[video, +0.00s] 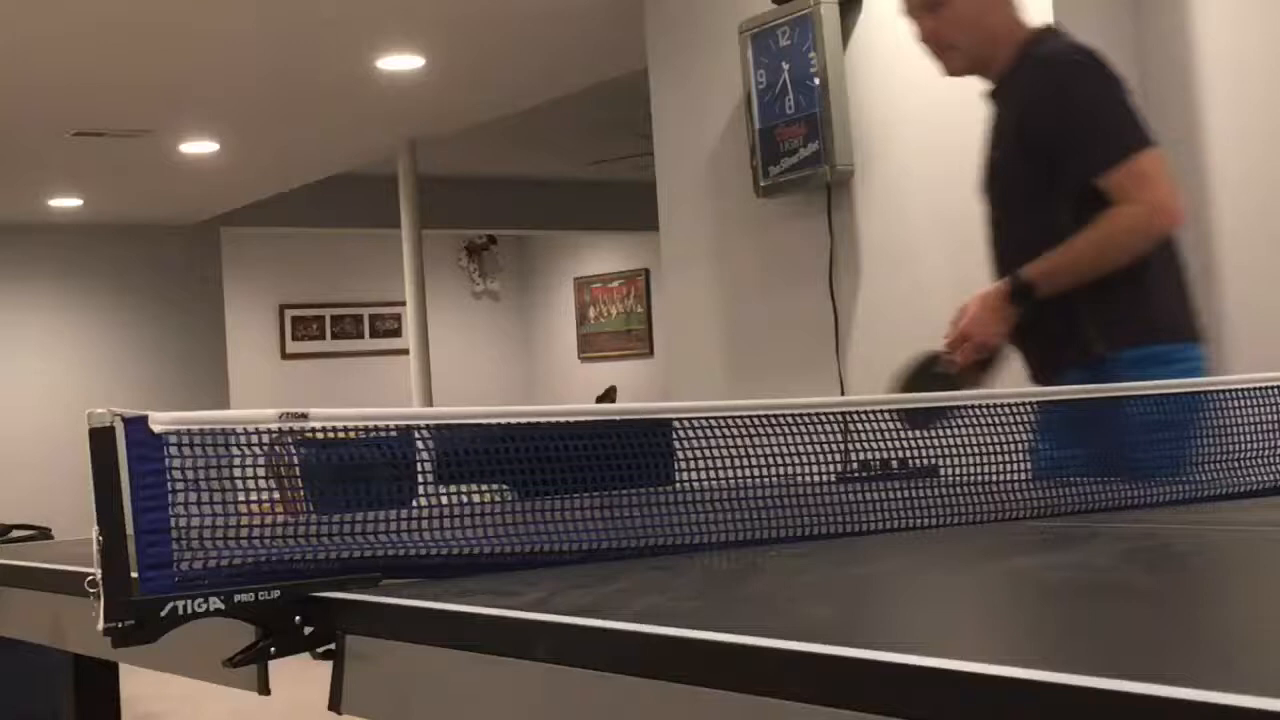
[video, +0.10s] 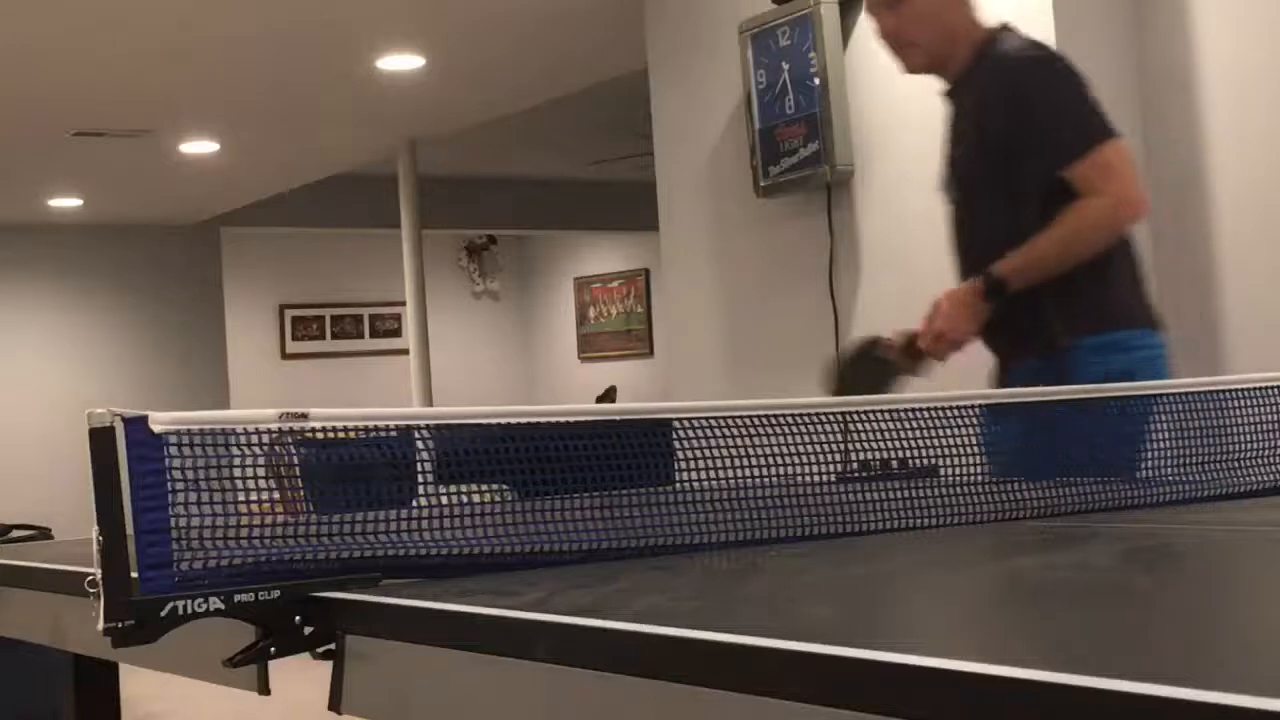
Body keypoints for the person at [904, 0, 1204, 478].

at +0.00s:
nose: (923, 35)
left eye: (930, 11)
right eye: (916, 20)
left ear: (982, 2)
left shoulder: (1060, 71)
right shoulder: (1016, 95)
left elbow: (1154, 207)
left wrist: (1015, 294)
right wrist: (998, 321)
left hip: (1129, 379)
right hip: (1081, 382)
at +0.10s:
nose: (883, 30)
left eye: (892, 8)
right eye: (876, 16)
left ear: (942, 1)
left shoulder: (1025, 70)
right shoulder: (971, 98)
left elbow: (1119, 197)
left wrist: (987, 291)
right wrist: (952, 328)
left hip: (1090, 365)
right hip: (1038, 368)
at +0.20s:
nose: (836, 26)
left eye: (848, 3)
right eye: (824, 12)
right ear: (818, 20)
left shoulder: (974, 71)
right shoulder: (907, 102)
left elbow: (1078, 189)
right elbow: (943, 250)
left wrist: (952, 281)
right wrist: (854, 305)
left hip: (1042, 353)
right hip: (984, 356)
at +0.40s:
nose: (751, 47)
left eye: (767, 24)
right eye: (738, 32)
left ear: (816, 17)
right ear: (730, 38)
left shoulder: (885, 104)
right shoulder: (781, 123)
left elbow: (980, 225)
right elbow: (811, 244)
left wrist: (859, 296)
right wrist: (716, 292)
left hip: (935, 366)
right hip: (863, 373)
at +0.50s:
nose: (705, 54)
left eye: (721, 34)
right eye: (694, 38)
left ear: (773, 31)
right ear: (685, 42)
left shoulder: (827, 118)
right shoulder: (743, 122)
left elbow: (916, 250)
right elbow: (753, 245)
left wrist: (793, 317)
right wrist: (675, 286)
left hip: (864, 378)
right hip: (801, 379)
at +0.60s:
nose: (661, 56)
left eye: (679, 37)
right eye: (652, 40)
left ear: (729, 40)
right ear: (644, 44)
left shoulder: (771, 129)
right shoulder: (701, 123)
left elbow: (850, 266)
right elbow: (710, 251)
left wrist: (727, 329)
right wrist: (637, 287)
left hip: (797, 382)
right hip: (744, 377)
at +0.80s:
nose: (603, 32)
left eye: (622, 13)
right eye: (592, 16)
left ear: (666, 16)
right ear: (582, 22)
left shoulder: (710, 112)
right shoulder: (622, 111)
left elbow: (770, 248)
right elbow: (633, 242)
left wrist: (642, 295)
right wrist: (566, 281)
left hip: (716, 372)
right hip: (654, 370)